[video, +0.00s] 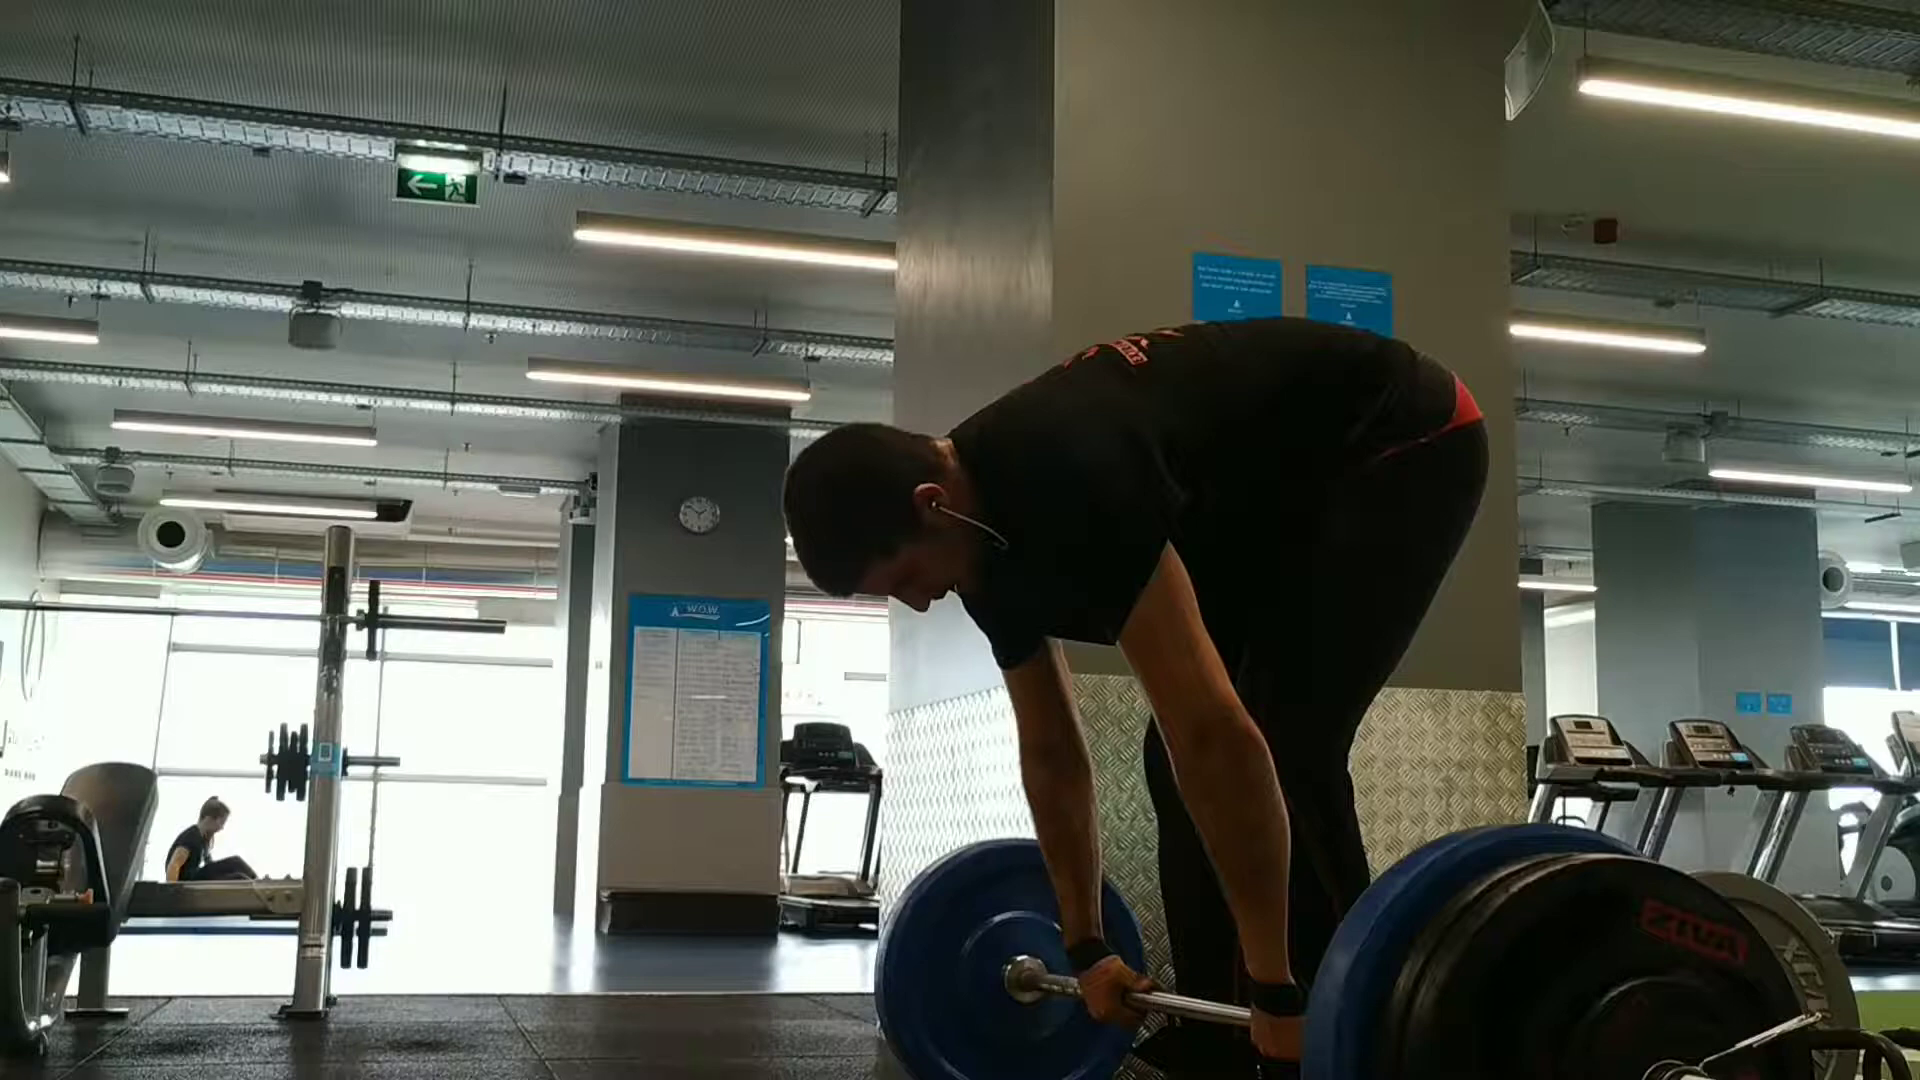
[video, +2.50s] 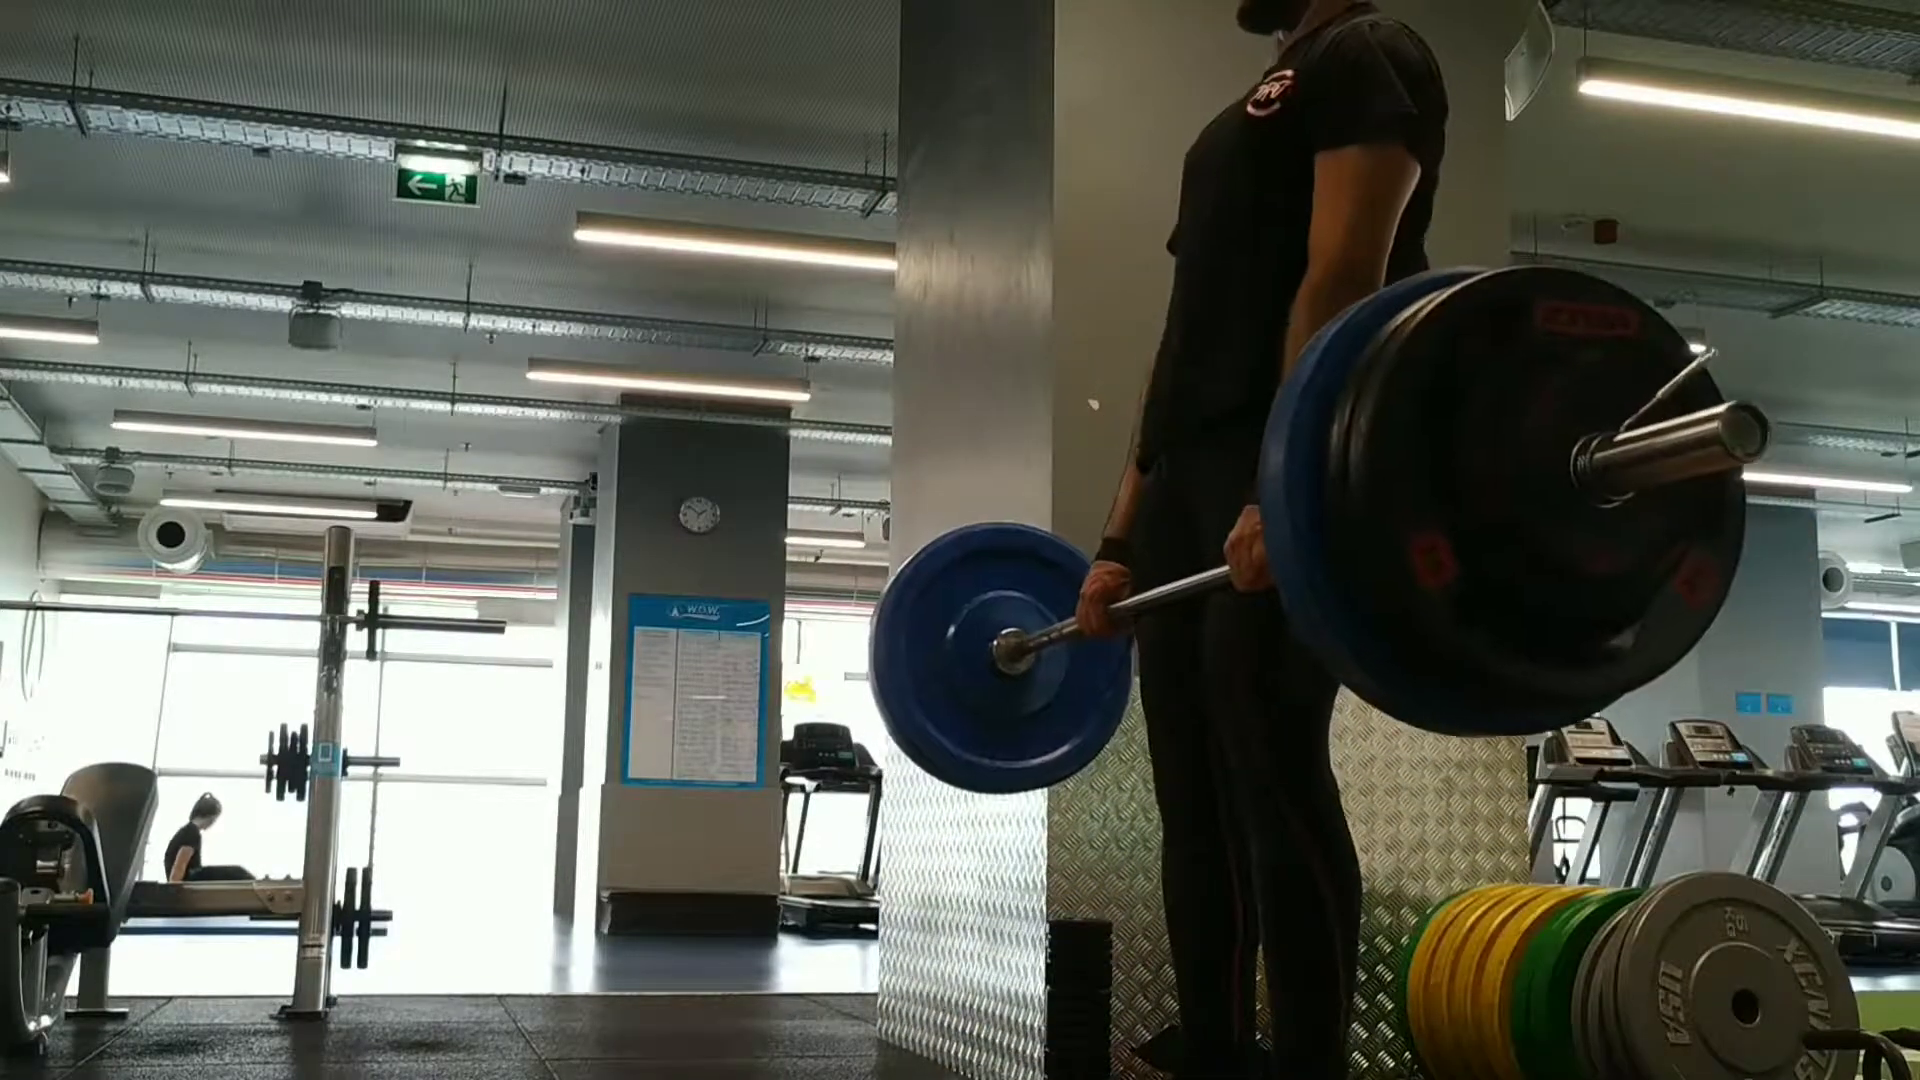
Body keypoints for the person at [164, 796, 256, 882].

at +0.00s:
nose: (222, 828)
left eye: (223, 823)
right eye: (221, 822)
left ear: (209, 819)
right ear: (208, 818)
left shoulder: (204, 837)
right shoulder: (192, 836)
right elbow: (174, 866)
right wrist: (171, 891)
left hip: (194, 877)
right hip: (186, 881)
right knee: (234, 862)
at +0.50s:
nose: (222, 828)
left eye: (223, 824)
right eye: (221, 822)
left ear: (209, 819)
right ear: (208, 818)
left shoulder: (203, 838)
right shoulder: (193, 835)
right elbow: (173, 866)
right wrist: (171, 891)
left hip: (195, 877)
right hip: (186, 879)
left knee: (237, 877)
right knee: (234, 861)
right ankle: (258, 885)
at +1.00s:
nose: (219, 827)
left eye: (221, 823)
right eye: (219, 822)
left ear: (207, 819)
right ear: (207, 818)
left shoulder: (198, 837)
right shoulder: (191, 836)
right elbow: (174, 867)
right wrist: (170, 893)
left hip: (193, 877)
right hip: (185, 879)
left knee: (238, 877)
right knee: (235, 860)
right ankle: (259, 885)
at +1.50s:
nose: (215, 827)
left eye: (217, 823)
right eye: (215, 822)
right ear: (206, 818)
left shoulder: (196, 836)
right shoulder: (189, 836)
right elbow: (172, 866)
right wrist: (171, 891)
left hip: (192, 876)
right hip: (186, 879)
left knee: (235, 869)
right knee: (237, 862)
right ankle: (259, 886)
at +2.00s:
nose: (215, 822)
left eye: (216, 819)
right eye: (215, 818)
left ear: (198, 811)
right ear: (210, 816)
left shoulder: (188, 831)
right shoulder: (194, 833)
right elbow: (181, 867)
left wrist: (170, 891)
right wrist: (171, 892)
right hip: (191, 878)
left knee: (237, 871)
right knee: (238, 871)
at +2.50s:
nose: (214, 822)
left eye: (215, 819)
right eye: (214, 818)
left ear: (198, 811)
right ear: (209, 816)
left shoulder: (188, 831)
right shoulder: (192, 833)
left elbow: (179, 865)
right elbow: (179, 866)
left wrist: (172, 891)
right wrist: (172, 891)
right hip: (189, 879)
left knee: (236, 871)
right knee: (237, 872)